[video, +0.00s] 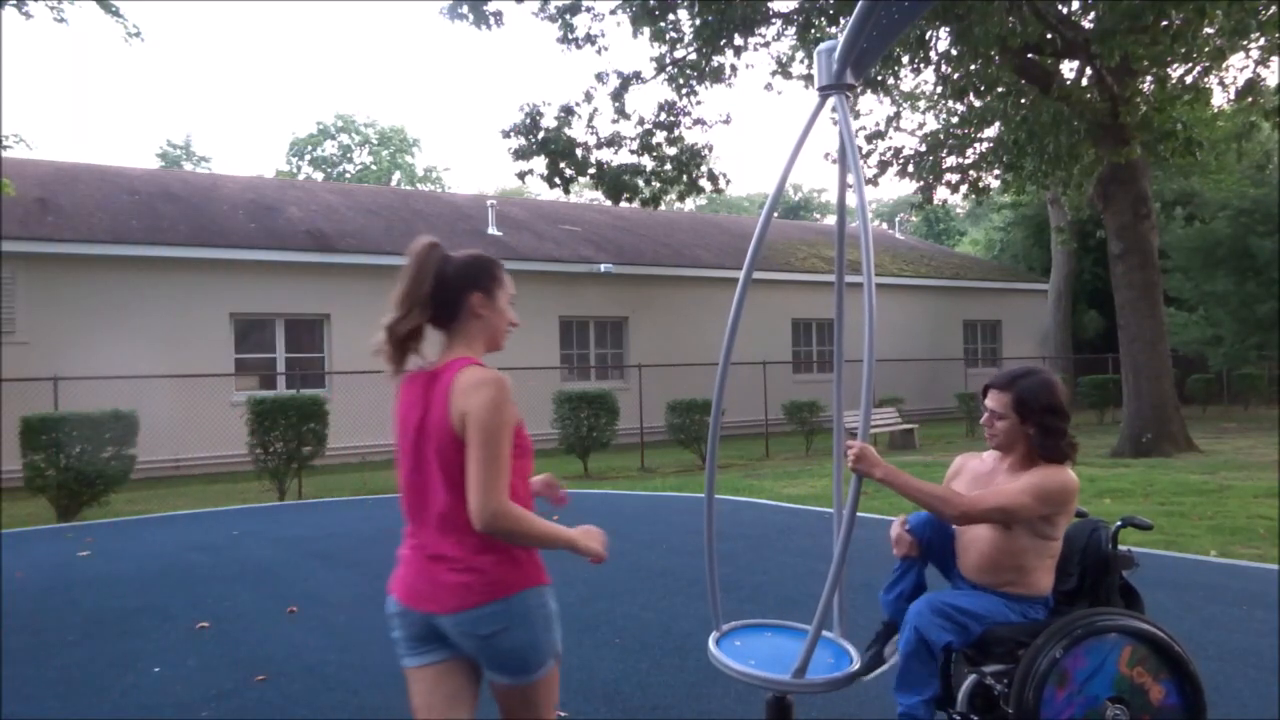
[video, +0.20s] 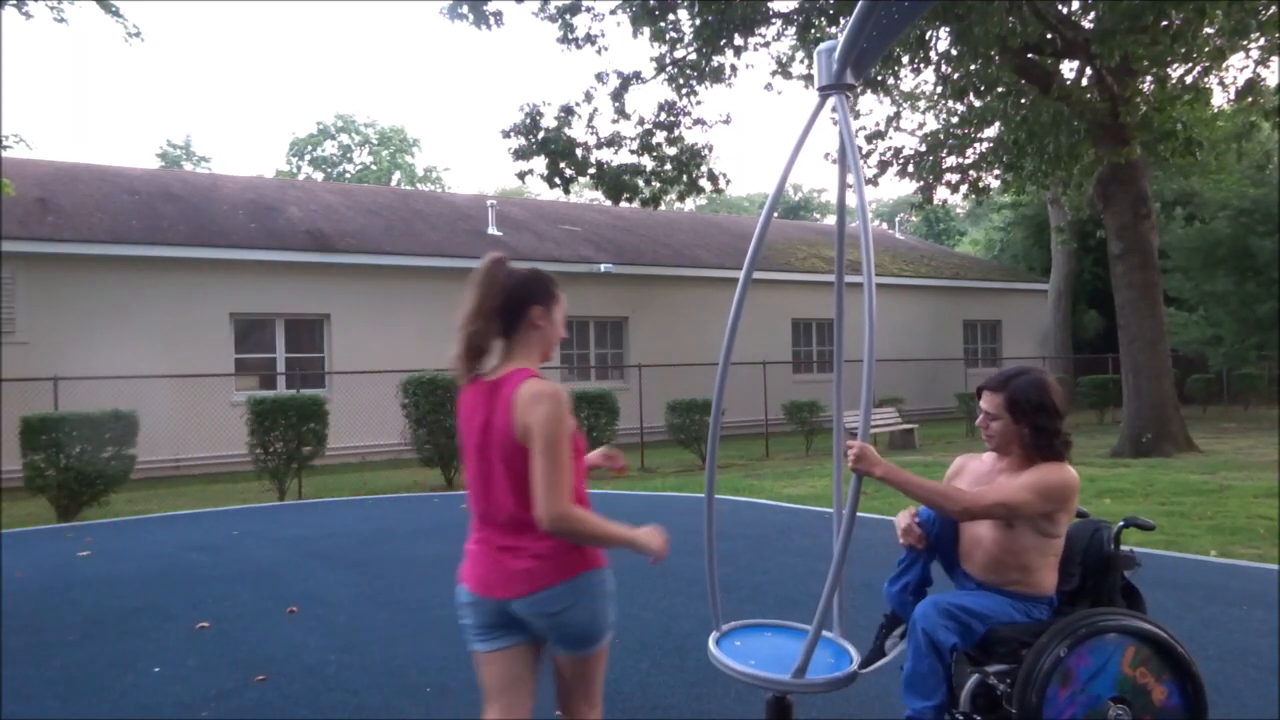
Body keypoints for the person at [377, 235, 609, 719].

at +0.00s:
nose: (515, 317)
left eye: (513, 303)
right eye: (509, 302)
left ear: (470, 304)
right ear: (478, 304)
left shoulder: (411, 386)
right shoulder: (485, 386)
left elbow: (437, 485)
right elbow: (489, 512)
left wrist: (527, 485)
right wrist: (573, 537)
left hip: (417, 593)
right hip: (496, 596)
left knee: (438, 713)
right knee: (534, 712)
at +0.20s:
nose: (565, 330)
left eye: (564, 318)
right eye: (563, 317)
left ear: (503, 322)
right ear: (538, 317)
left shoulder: (472, 393)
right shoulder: (543, 396)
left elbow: (504, 479)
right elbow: (553, 514)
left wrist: (585, 462)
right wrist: (635, 536)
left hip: (485, 575)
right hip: (558, 575)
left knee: (502, 712)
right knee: (582, 708)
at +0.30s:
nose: (589, 326)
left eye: (590, 315)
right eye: (587, 314)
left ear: (528, 316)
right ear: (565, 315)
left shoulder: (499, 385)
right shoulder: (571, 392)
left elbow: (535, 458)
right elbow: (590, 503)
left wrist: (609, 438)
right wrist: (662, 511)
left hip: (513, 563)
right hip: (582, 566)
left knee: (540, 689)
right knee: (588, 704)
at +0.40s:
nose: (608, 322)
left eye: (609, 312)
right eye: (607, 311)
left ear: (547, 312)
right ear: (588, 312)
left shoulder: (520, 378)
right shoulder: (594, 385)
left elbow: (561, 435)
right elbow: (626, 488)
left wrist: (626, 409)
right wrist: (684, 478)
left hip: (531, 550)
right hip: (597, 553)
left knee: (561, 658)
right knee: (595, 689)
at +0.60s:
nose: (639, 334)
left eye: (638, 323)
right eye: (637, 322)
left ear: (585, 323)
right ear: (615, 323)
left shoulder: (559, 380)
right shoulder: (622, 389)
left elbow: (616, 406)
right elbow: (680, 465)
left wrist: (673, 374)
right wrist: (707, 417)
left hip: (562, 543)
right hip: (623, 545)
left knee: (588, 656)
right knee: (606, 684)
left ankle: (587, 713)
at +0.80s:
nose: (667, 339)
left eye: (667, 329)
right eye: (664, 328)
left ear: (626, 327)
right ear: (638, 328)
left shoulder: (597, 376)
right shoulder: (632, 389)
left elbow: (674, 388)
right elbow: (677, 465)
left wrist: (733, 365)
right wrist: (706, 411)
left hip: (588, 536)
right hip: (635, 541)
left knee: (621, 639)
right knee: (652, 655)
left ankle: (611, 715)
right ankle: (621, 713)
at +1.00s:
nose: (697, 333)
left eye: (697, 323)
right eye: (692, 323)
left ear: (664, 323)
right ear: (665, 323)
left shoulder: (659, 367)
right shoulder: (639, 375)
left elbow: (722, 388)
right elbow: (655, 454)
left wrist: (786, 368)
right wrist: (703, 408)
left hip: (610, 515)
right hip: (649, 520)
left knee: (634, 627)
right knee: (669, 629)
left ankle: (617, 716)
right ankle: (667, 715)